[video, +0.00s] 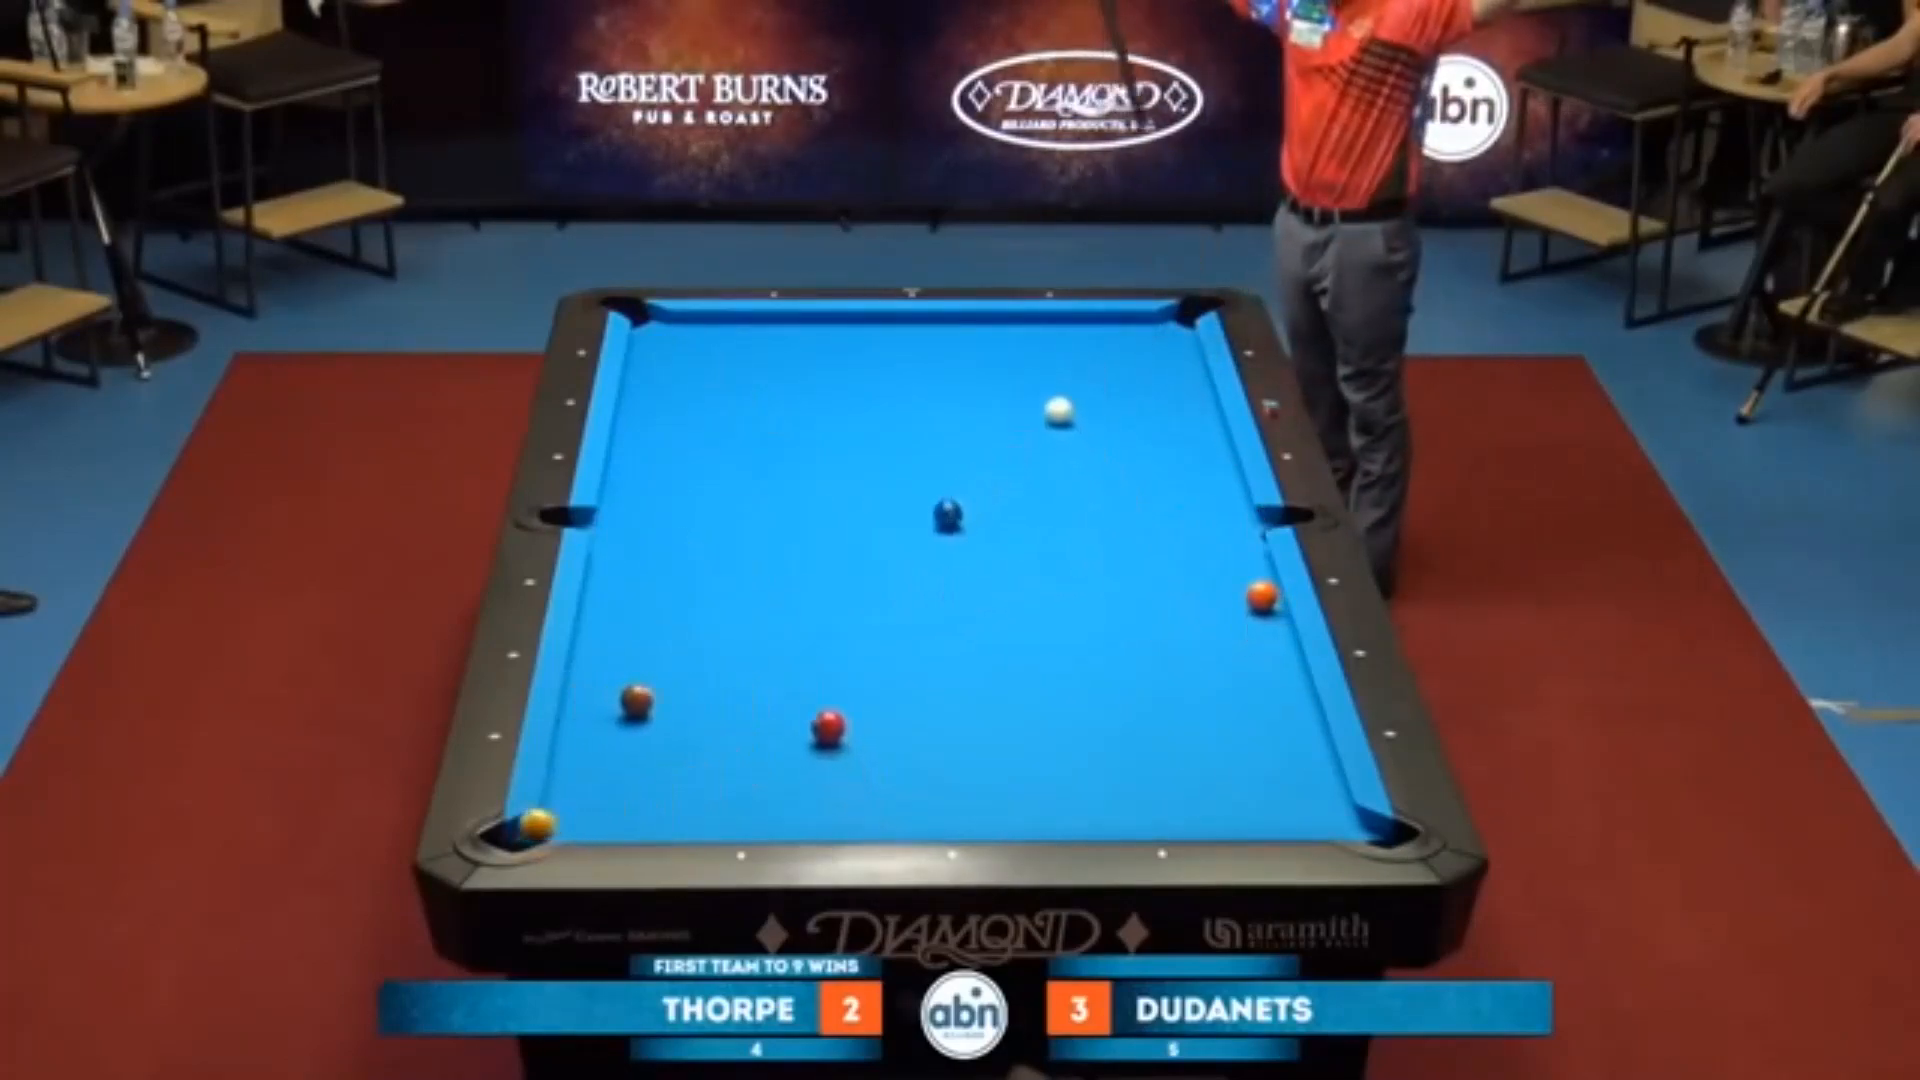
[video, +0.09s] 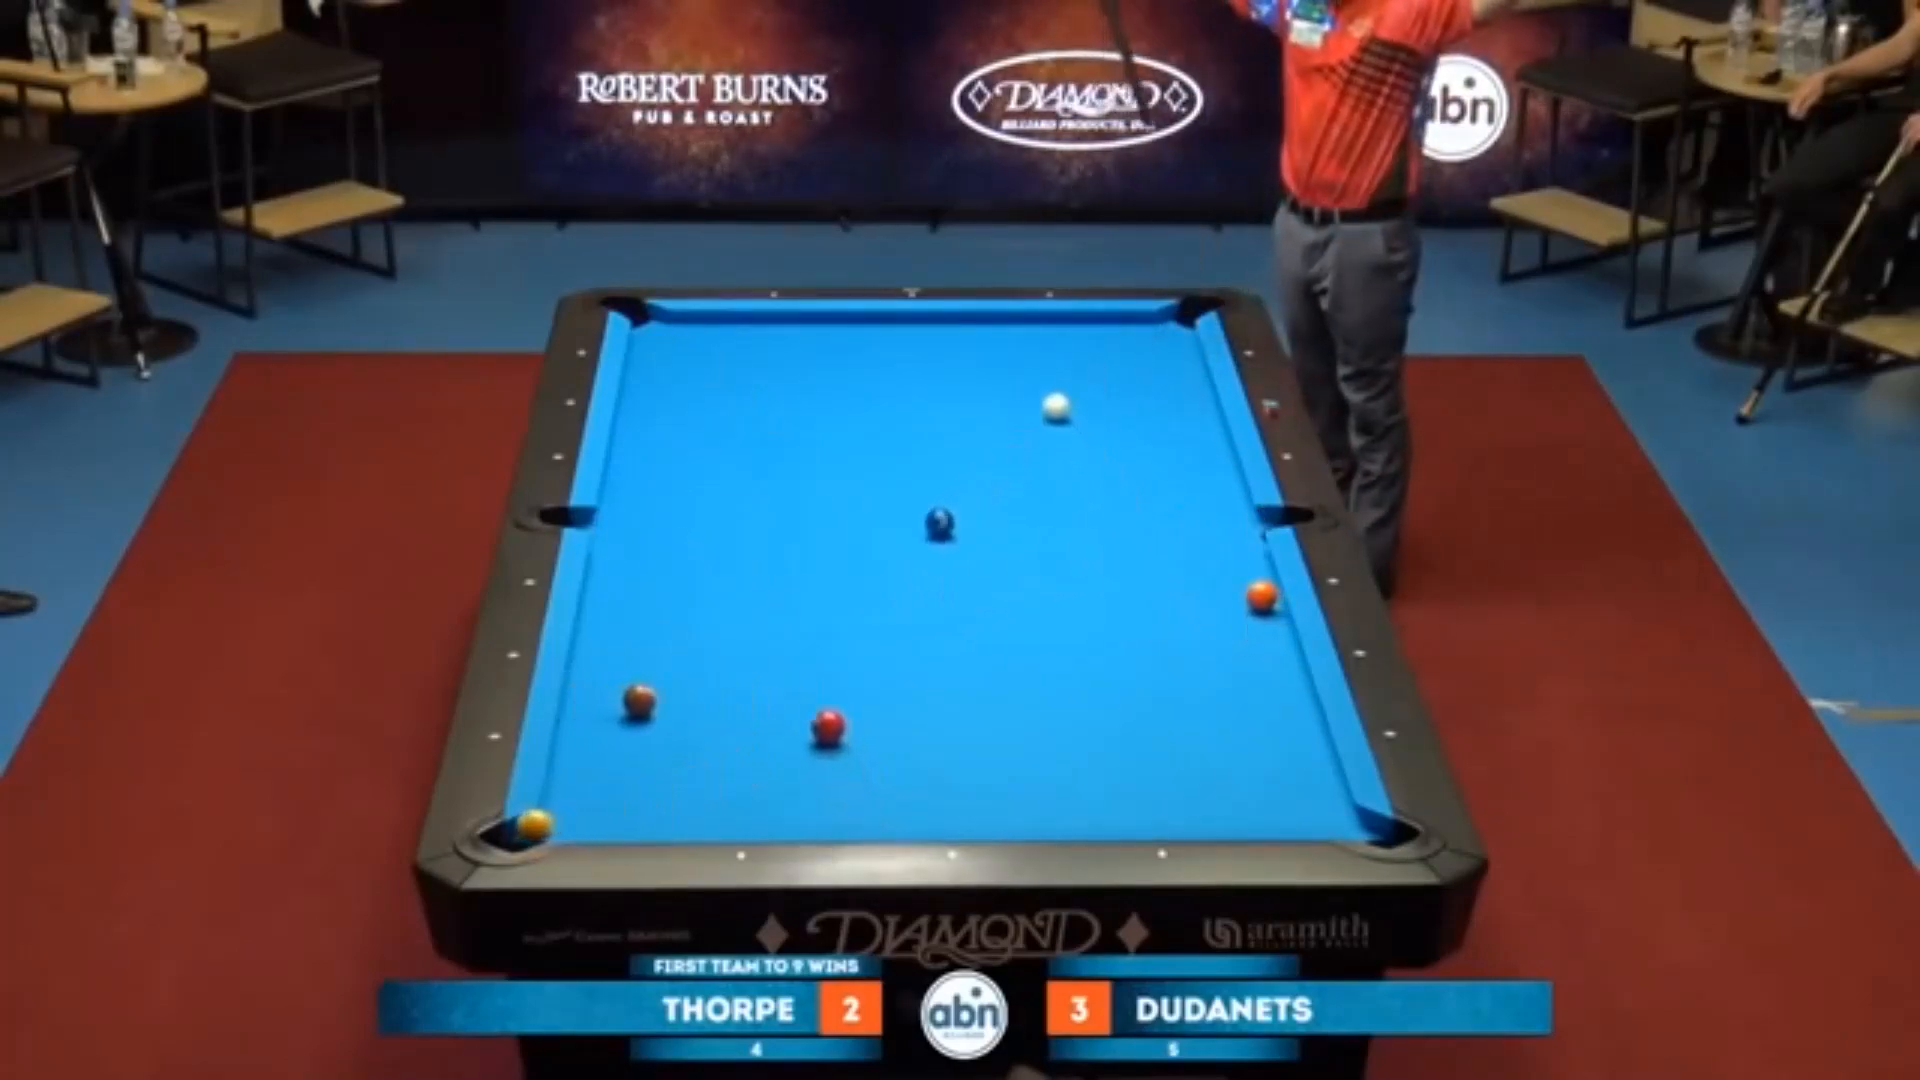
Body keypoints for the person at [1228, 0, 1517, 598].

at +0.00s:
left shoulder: (1406, 16)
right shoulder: (1292, 10)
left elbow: (1505, 4)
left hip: (1368, 236)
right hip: (1296, 228)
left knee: (1370, 402)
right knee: (1314, 393)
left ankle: (1371, 564)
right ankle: (1320, 534)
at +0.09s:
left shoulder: (1407, 16)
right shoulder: (1293, 10)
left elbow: (1505, 4)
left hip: (1368, 236)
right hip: (1296, 228)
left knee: (1370, 402)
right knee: (1314, 394)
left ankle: (1371, 564)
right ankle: (1320, 535)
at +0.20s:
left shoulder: (1407, 17)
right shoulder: (1293, 10)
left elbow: (1506, 3)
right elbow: (1238, 1)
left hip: (1367, 236)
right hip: (1296, 228)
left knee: (1371, 403)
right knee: (1315, 395)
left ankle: (1372, 563)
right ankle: (1320, 538)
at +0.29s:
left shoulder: (1407, 16)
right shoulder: (1293, 10)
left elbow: (1505, 3)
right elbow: (1239, 1)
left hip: (1369, 235)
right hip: (1296, 227)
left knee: (1371, 402)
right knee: (1315, 395)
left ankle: (1371, 564)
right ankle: (1320, 539)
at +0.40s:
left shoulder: (1406, 16)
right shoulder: (1293, 10)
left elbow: (1503, 3)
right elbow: (1239, 1)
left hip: (1369, 235)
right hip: (1297, 227)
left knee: (1371, 402)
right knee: (1315, 394)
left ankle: (1372, 564)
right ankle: (1320, 537)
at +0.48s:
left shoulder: (1407, 16)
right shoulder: (1294, 10)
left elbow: (1503, 3)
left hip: (1369, 235)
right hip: (1297, 227)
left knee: (1371, 402)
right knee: (1315, 394)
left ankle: (1371, 564)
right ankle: (1320, 539)